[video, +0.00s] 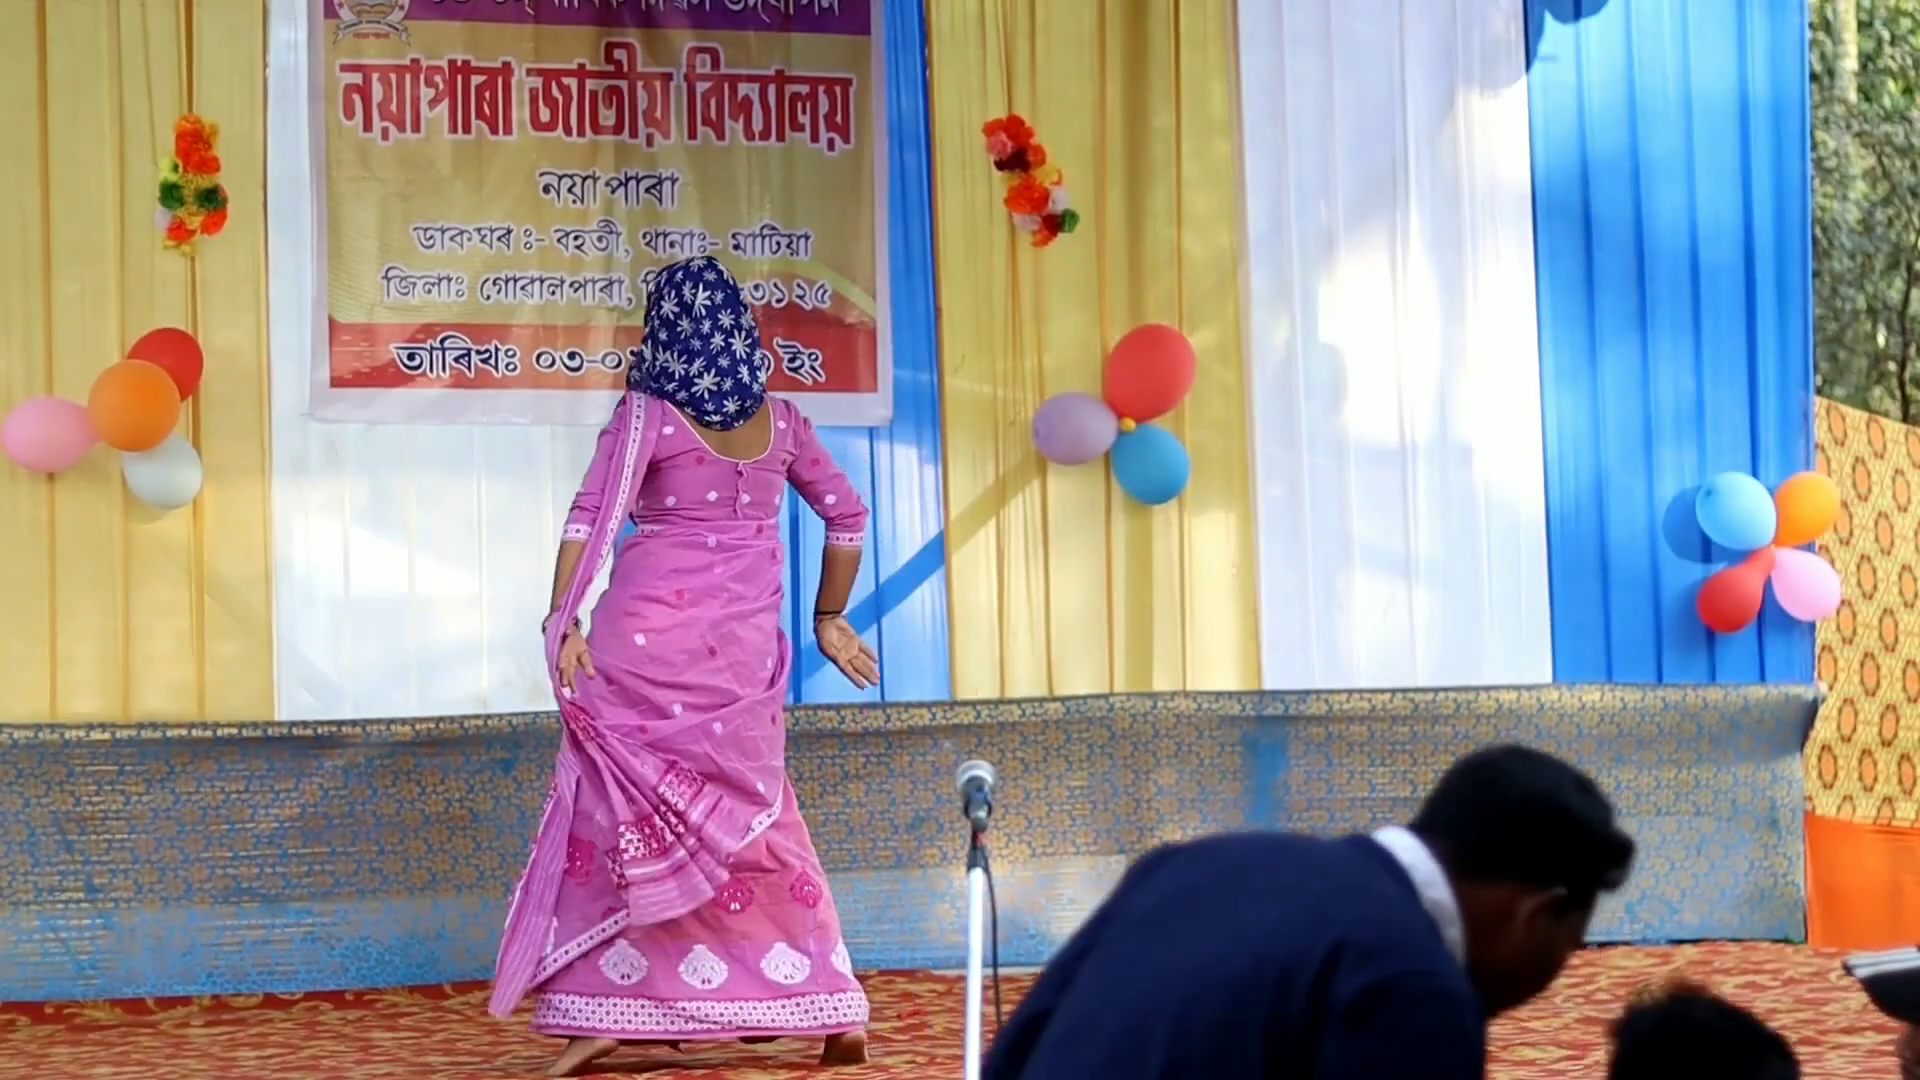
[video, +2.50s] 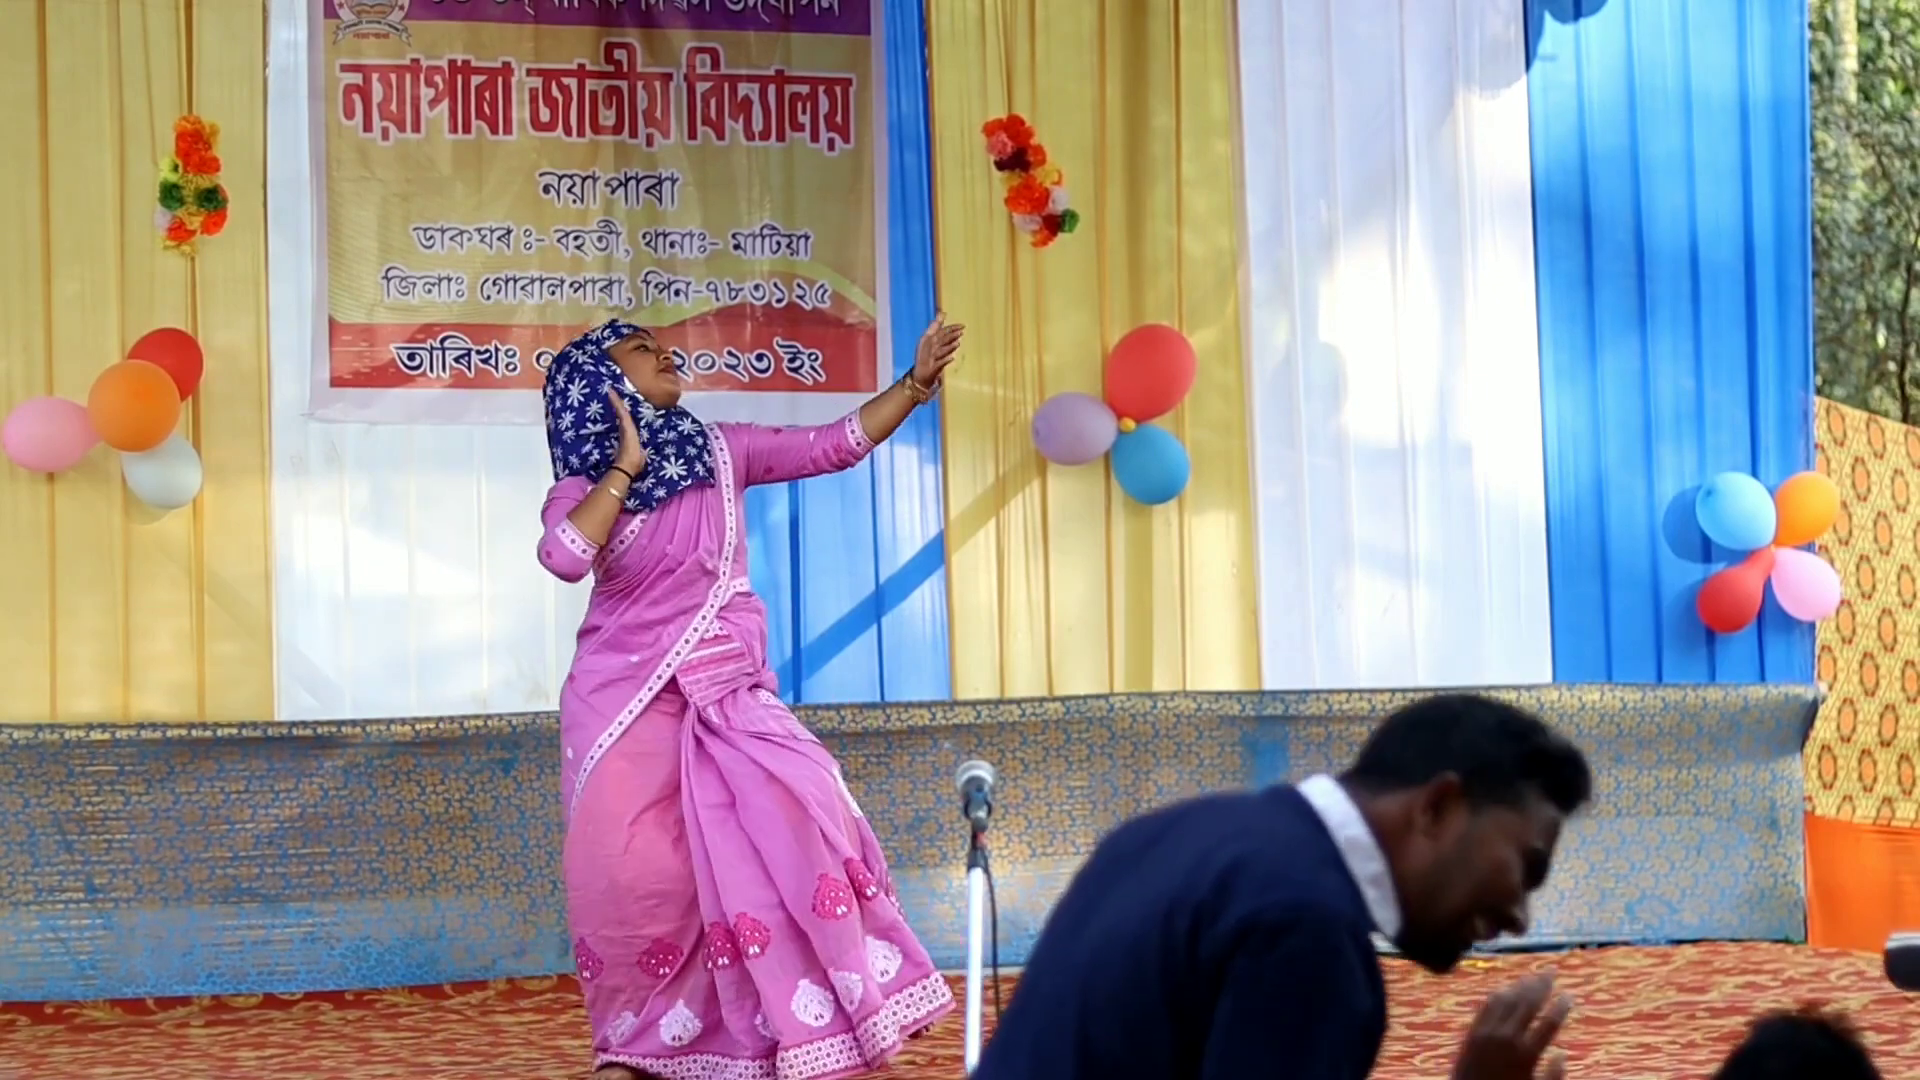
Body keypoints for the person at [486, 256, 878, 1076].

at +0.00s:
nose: (645, 340)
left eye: (651, 326)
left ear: (663, 334)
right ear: (741, 330)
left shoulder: (646, 412)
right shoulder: (779, 418)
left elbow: (593, 520)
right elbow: (847, 514)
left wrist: (564, 619)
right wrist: (831, 615)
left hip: (649, 631)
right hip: (748, 637)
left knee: (623, 804)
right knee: (768, 809)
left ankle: (610, 1007)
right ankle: (838, 1003)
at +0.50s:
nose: (559, 365)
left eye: (581, 353)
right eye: (551, 350)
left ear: (621, 367)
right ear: (540, 356)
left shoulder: (626, 450)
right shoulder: (544, 453)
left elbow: (650, 569)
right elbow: (508, 565)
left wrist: (662, 669)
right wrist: (442, 515)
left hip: (595, 669)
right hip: (530, 670)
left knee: (566, 836)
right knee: (519, 835)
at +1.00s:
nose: (594, 337)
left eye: (606, 319)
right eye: (572, 324)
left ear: (623, 321)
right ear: (539, 335)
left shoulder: (629, 421)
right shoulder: (522, 416)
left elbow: (686, 518)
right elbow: (444, 507)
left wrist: (756, 556)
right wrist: (413, 602)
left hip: (599, 661)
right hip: (514, 662)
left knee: (604, 836)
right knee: (530, 839)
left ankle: (605, 1019)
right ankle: (494, 1036)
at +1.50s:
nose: (608, 324)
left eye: (616, 310)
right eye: (587, 309)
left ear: (626, 323)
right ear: (540, 321)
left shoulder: (646, 403)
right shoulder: (501, 414)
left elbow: (721, 441)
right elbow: (506, 462)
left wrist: (801, 453)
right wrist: (588, 407)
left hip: (656, 647)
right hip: (549, 657)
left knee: (706, 822)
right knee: (562, 848)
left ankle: (763, 1027)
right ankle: (588, 1049)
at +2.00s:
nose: (650, 337)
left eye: (648, 324)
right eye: (629, 326)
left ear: (644, 336)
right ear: (573, 344)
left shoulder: (668, 417)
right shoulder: (539, 438)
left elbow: (768, 459)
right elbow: (615, 467)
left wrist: (803, 414)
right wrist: (709, 413)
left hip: (737, 624)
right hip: (639, 654)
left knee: (842, 755)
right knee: (644, 843)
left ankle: (890, 949)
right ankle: (637, 1032)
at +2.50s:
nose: (668, 352)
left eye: (659, 344)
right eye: (645, 349)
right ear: (605, 385)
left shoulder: (719, 447)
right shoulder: (585, 482)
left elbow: (837, 443)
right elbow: (565, 556)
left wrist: (917, 381)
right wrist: (626, 464)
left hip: (732, 685)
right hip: (625, 695)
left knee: (809, 817)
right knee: (624, 862)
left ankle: (808, 1032)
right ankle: (632, 1041)